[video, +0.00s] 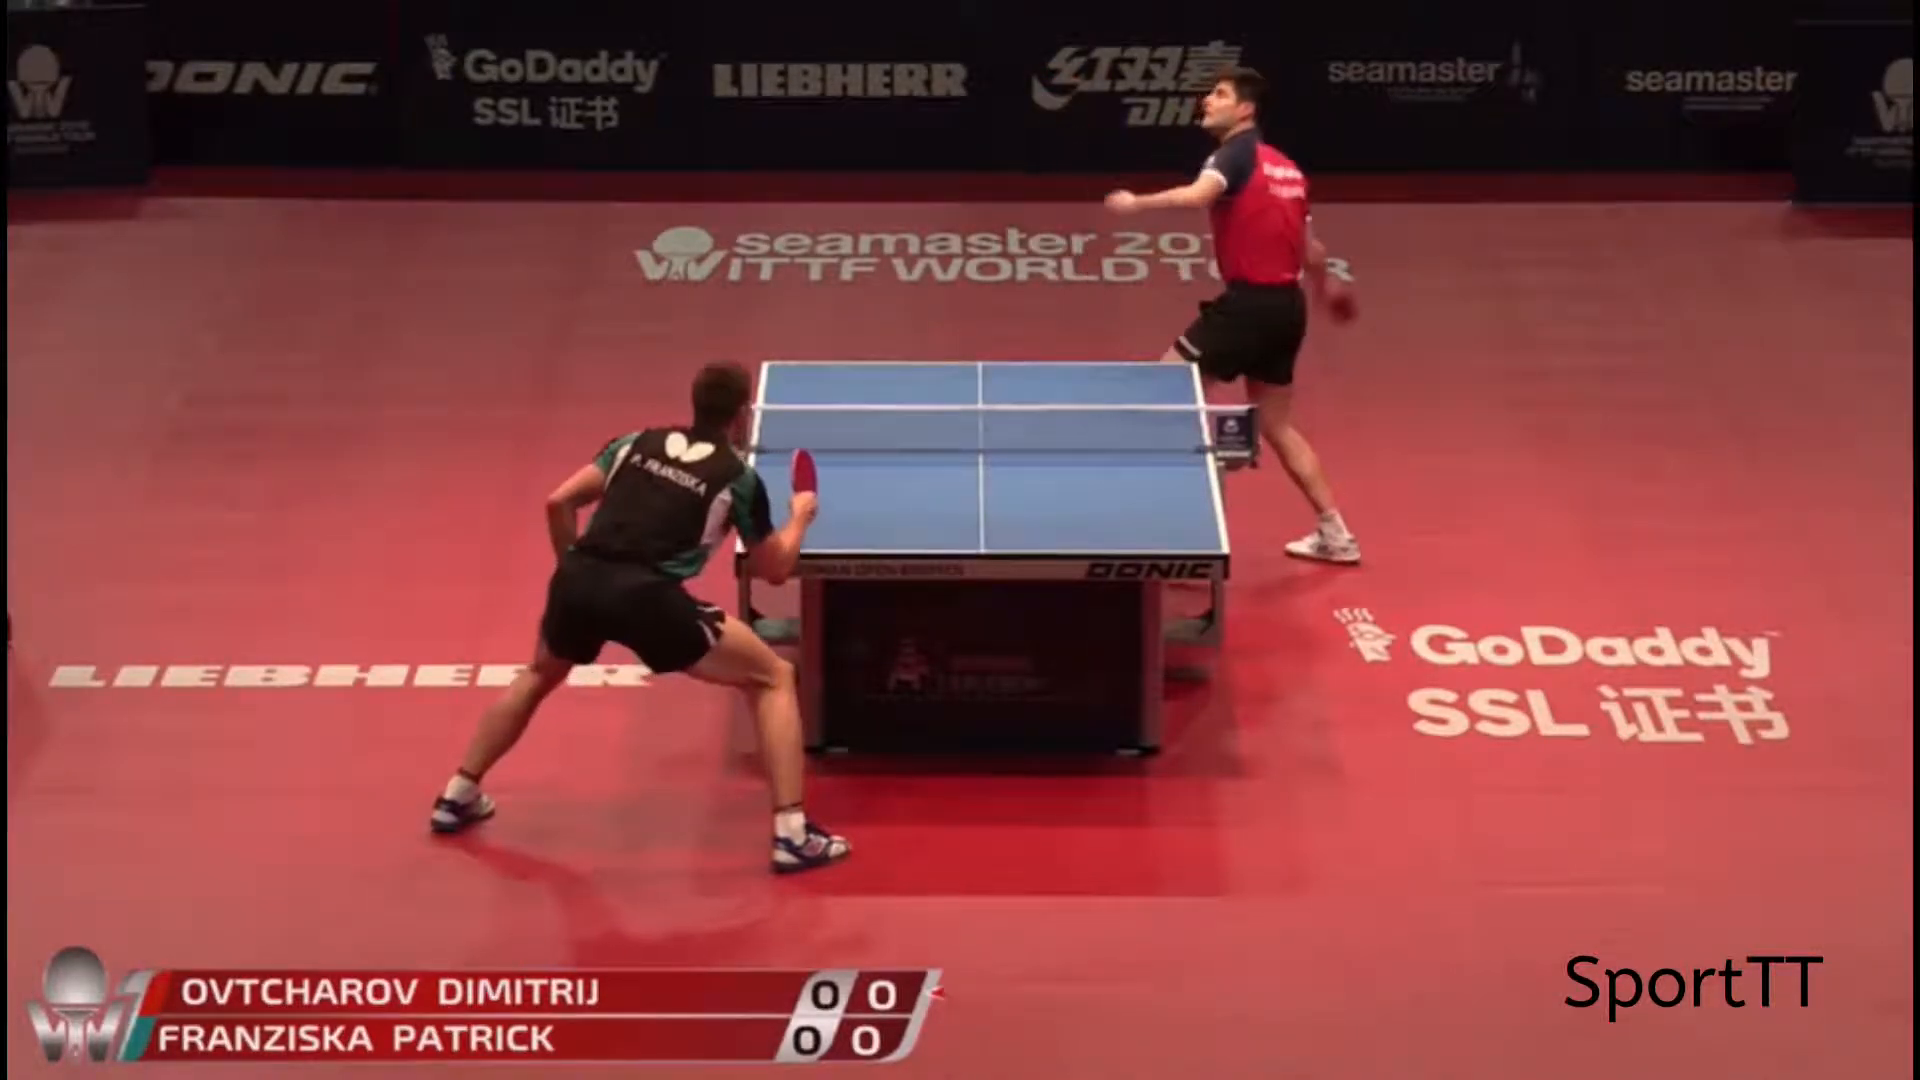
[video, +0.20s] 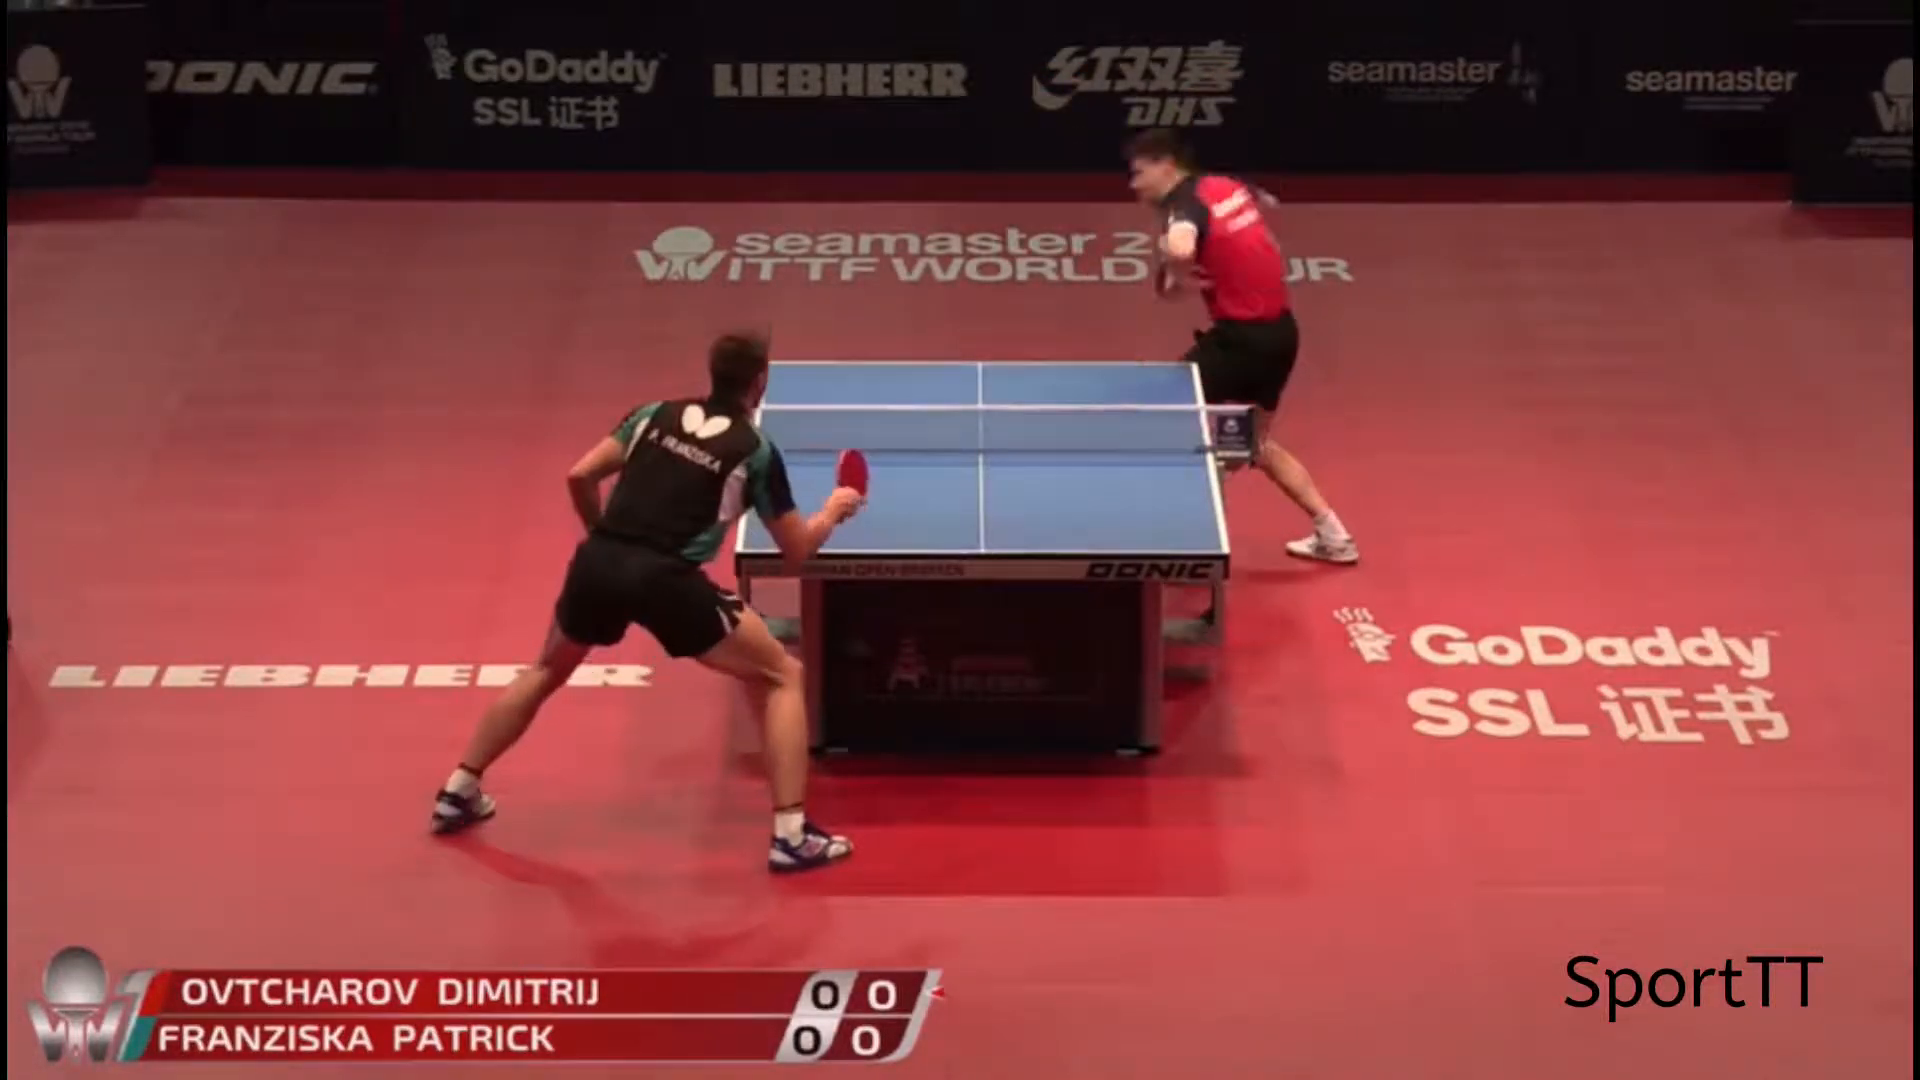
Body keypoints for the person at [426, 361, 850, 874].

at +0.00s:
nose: (752, 419)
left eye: (749, 409)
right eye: (751, 411)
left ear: (695, 405)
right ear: (741, 418)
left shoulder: (638, 443)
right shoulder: (741, 477)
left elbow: (559, 501)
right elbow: (774, 568)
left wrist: (570, 569)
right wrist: (801, 517)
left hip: (577, 583)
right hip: (650, 597)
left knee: (537, 676)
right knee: (774, 678)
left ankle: (458, 793)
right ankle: (792, 831)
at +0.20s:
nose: (766, 385)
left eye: (758, 375)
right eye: (765, 378)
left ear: (711, 375)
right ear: (758, 385)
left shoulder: (655, 415)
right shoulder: (756, 451)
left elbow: (581, 476)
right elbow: (797, 546)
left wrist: (601, 533)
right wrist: (838, 507)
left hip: (598, 563)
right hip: (669, 579)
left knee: (543, 673)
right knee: (783, 676)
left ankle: (458, 789)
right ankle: (792, 834)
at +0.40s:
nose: (767, 370)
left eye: (761, 361)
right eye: (767, 363)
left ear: (712, 359)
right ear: (759, 370)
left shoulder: (655, 396)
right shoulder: (754, 435)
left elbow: (578, 455)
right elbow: (791, 535)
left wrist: (595, 515)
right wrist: (847, 531)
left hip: (595, 544)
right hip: (664, 561)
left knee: (544, 652)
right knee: (761, 679)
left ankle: (473, 780)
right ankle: (790, 833)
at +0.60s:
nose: (743, 374)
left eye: (742, 365)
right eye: (742, 367)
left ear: (688, 359)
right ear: (732, 371)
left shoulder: (625, 390)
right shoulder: (724, 429)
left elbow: (543, 442)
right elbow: (764, 522)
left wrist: (545, 492)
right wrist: (818, 508)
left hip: (584, 549)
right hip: (659, 561)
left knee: (529, 655)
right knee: (762, 646)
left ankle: (470, 782)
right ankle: (795, 764)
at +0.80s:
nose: (763, 372)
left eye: (760, 362)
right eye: (763, 364)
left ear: (709, 354)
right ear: (754, 367)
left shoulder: (658, 385)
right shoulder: (760, 420)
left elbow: (597, 437)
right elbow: (767, 471)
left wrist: (568, 466)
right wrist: (793, 461)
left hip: (639, 545)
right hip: (713, 551)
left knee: (555, 654)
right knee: (791, 638)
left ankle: (475, 777)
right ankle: (866, 756)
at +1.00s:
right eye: (774, 379)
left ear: (729, 375)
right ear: (775, 385)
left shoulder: (712, 410)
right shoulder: (790, 435)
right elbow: (798, 483)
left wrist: (616, 459)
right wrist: (811, 479)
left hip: (707, 569)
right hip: (778, 570)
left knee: (602, 661)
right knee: (820, 639)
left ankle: (507, 780)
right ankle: (881, 755)